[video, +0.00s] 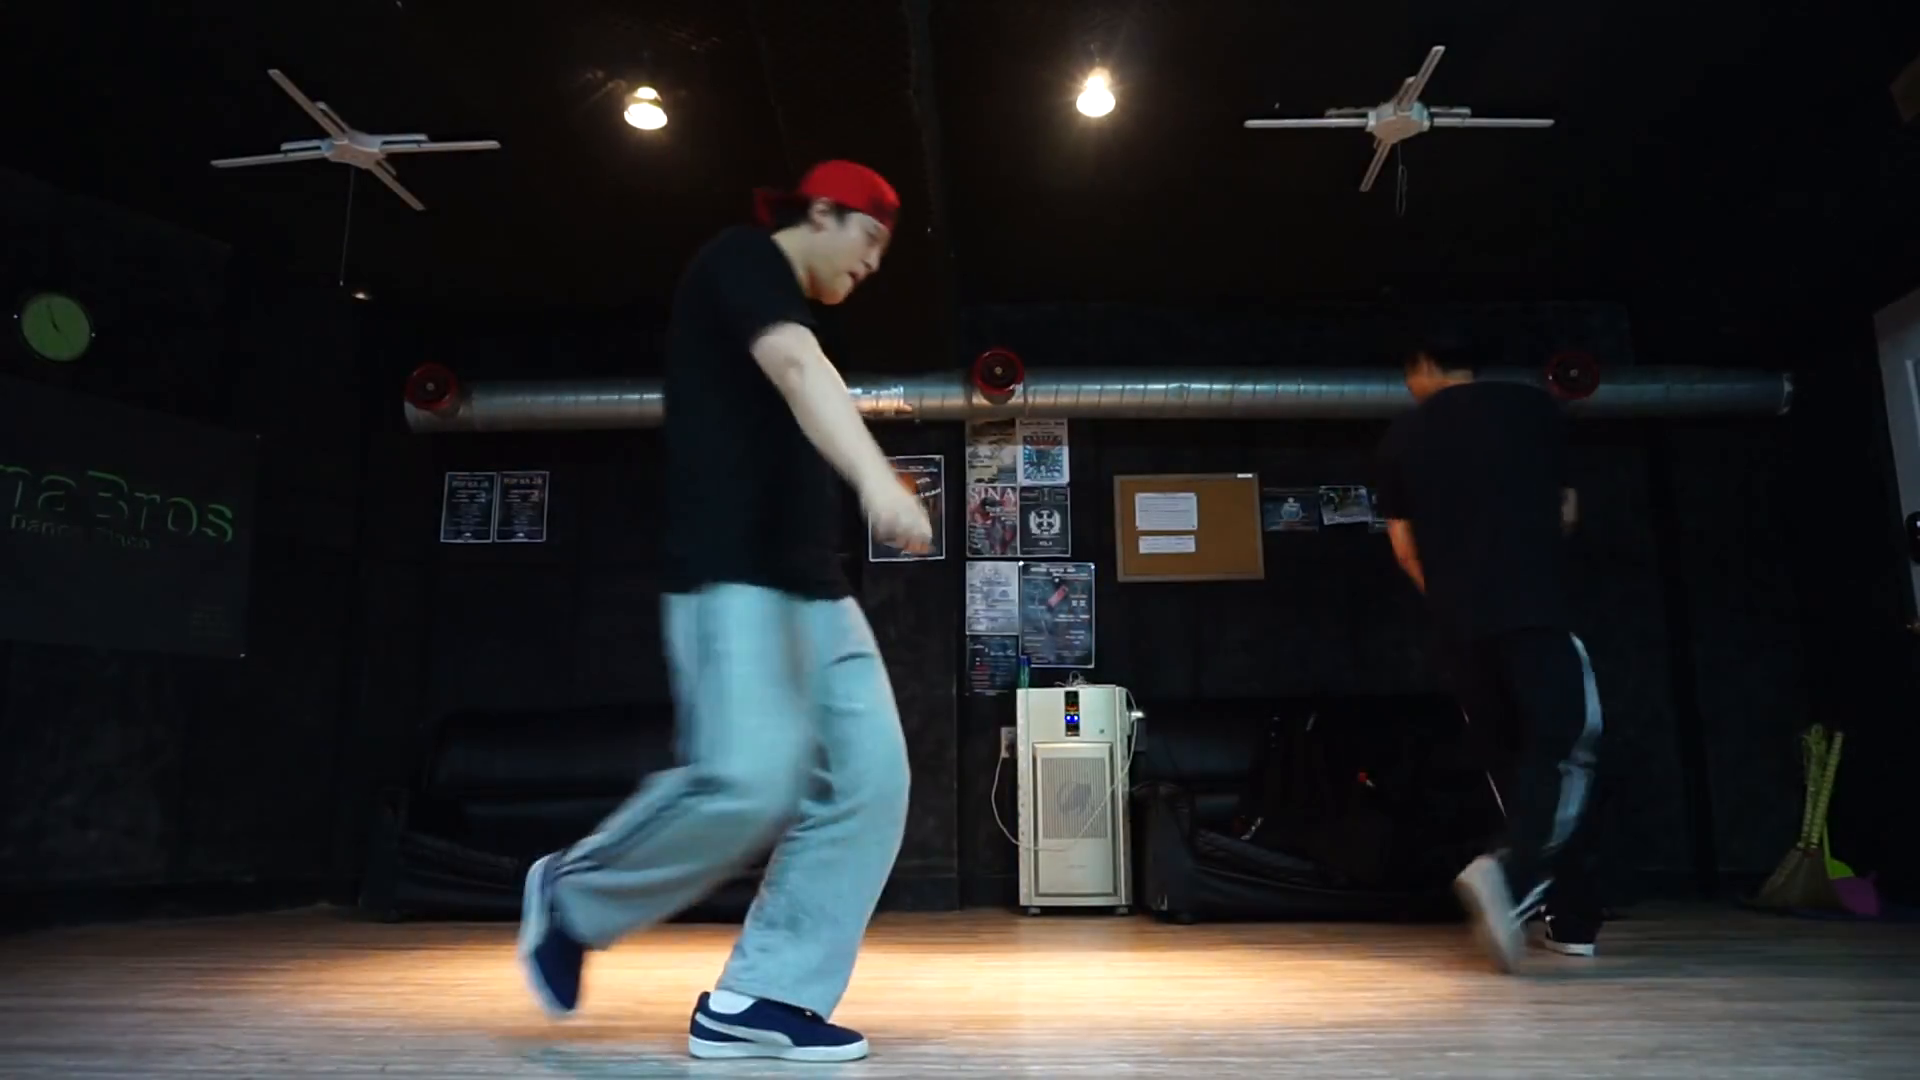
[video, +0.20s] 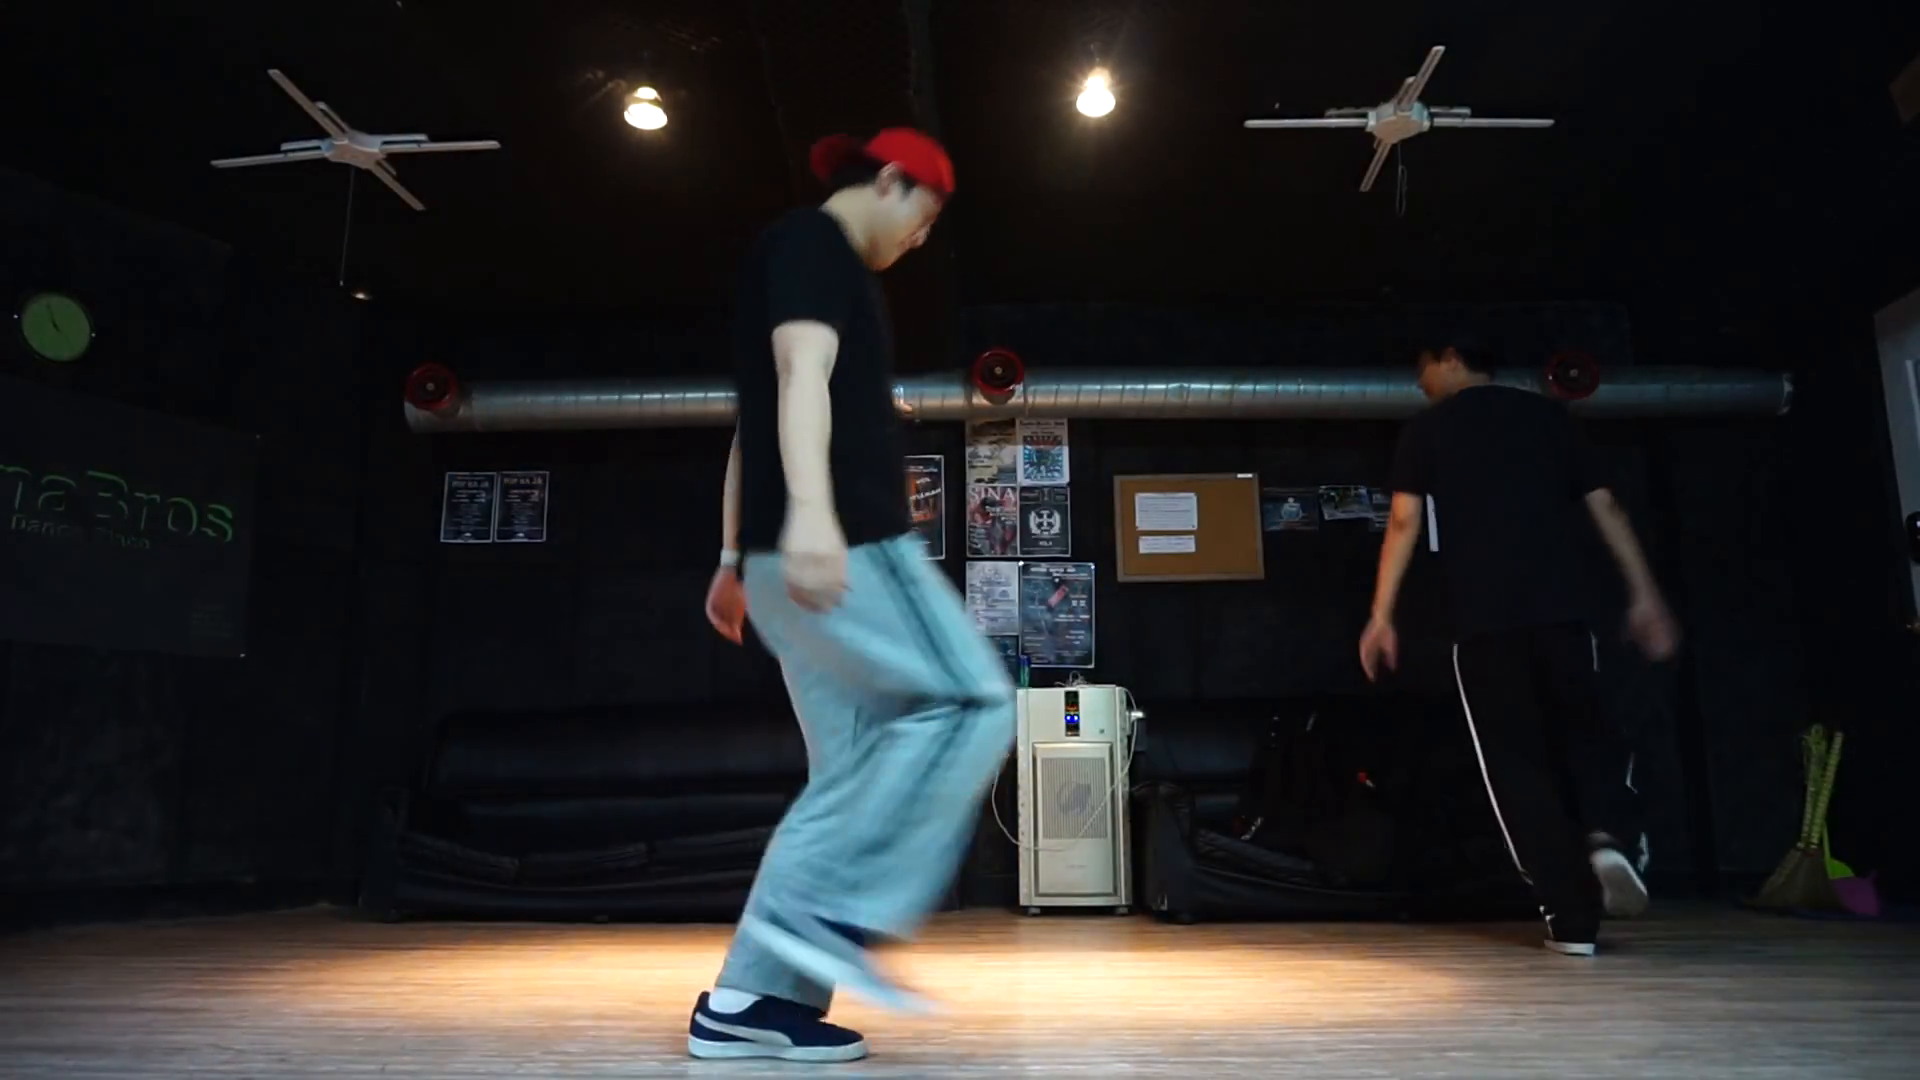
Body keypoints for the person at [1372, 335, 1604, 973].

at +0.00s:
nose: (1410, 386)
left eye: (1411, 375)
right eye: (1410, 374)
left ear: (1424, 369)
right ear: (1477, 361)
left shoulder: (1406, 436)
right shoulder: (1534, 409)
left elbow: (1405, 547)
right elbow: (1565, 513)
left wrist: (1449, 596)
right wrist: (1523, 560)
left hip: (1460, 617)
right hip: (1536, 609)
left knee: (1507, 762)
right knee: (1564, 746)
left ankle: (1570, 919)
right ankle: (1509, 875)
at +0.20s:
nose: (1422, 383)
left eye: (1424, 369)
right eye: (1422, 371)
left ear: (1446, 361)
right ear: (1486, 363)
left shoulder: (1430, 429)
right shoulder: (1548, 415)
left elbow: (1404, 522)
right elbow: (1604, 506)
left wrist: (1382, 613)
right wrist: (1644, 595)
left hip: (1485, 621)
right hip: (1566, 613)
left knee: (1512, 767)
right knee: (1586, 731)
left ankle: (1570, 921)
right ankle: (1607, 840)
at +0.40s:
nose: (1431, 390)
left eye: (1435, 375)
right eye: (1430, 377)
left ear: (1467, 369)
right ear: (1487, 371)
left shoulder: (1455, 426)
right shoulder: (1548, 427)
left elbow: (1418, 483)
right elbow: (1636, 477)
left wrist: (1366, 557)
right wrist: (1707, 537)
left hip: (1493, 622)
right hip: (1563, 617)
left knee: (1512, 766)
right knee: (1567, 750)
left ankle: (1569, 918)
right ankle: (1591, 896)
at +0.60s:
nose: (1430, 418)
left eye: (1435, 403)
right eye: (1427, 407)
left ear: (1469, 395)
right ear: (1479, 397)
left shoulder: (1468, 451)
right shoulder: (1547, 446)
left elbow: (1449, 507)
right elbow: (1625, 502)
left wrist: (1412, 574)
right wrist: (1667, 546)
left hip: (1499, 628)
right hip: (1560, 623)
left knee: (1499, 765)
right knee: (1554, 756)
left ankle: (1567, 907)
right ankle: (1552, 902)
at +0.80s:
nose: (1438, 412)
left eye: (1447, 398)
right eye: (1435, 403)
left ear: (1485, 397)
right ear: (1483, 403)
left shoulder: (1482, 456)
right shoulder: (1526, 451)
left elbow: (1458, 532)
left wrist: (1408, 605)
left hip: (1502, 624)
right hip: (1544, 619)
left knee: (1476, 758)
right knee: (1542, 751)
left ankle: (1563, 869)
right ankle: (1563, 899)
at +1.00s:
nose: (1446, 402)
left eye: (1459, 391)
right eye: (1441, 395)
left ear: (1492, 398)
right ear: (1441, 406)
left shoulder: (1496, 453)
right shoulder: (1493, 459)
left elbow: (1445, 527)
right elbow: (1451, 550)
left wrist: (1358, 563)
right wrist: (1370, 552)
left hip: (1504, 629)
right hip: (1516, 625)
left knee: (1478, 760)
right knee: (1530, 759)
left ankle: (1498, 895)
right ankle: (1559, 894)